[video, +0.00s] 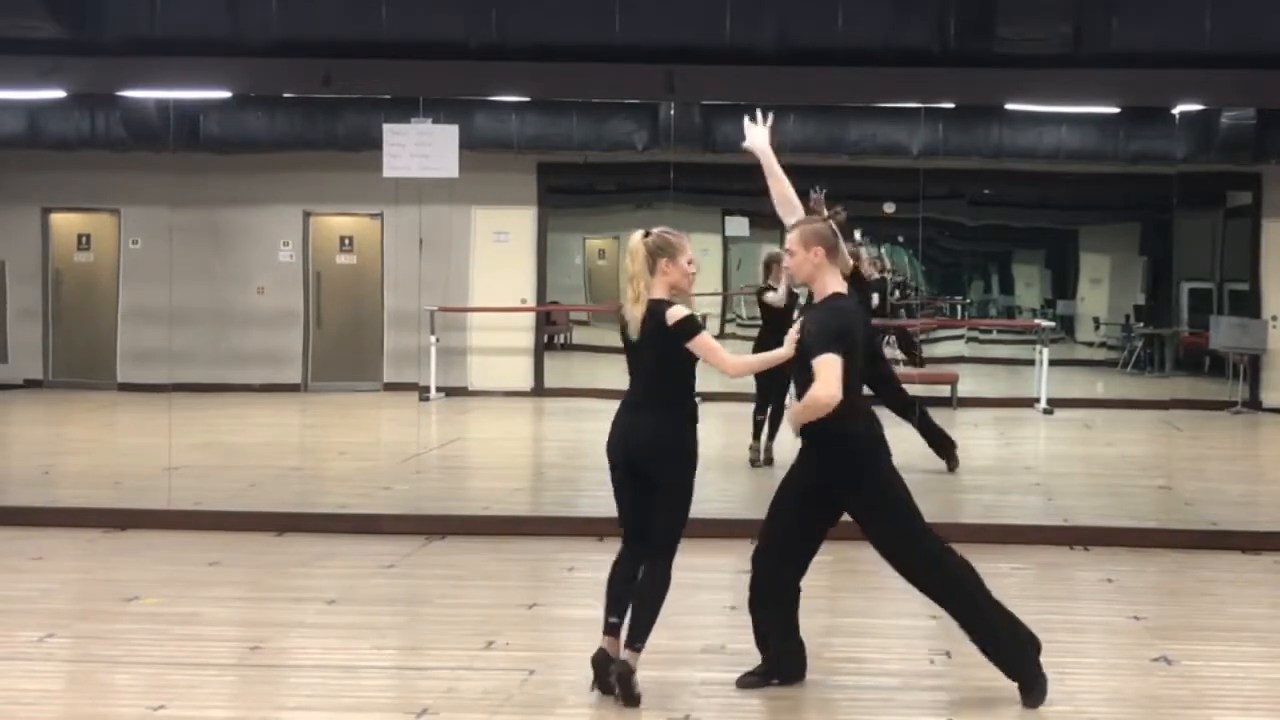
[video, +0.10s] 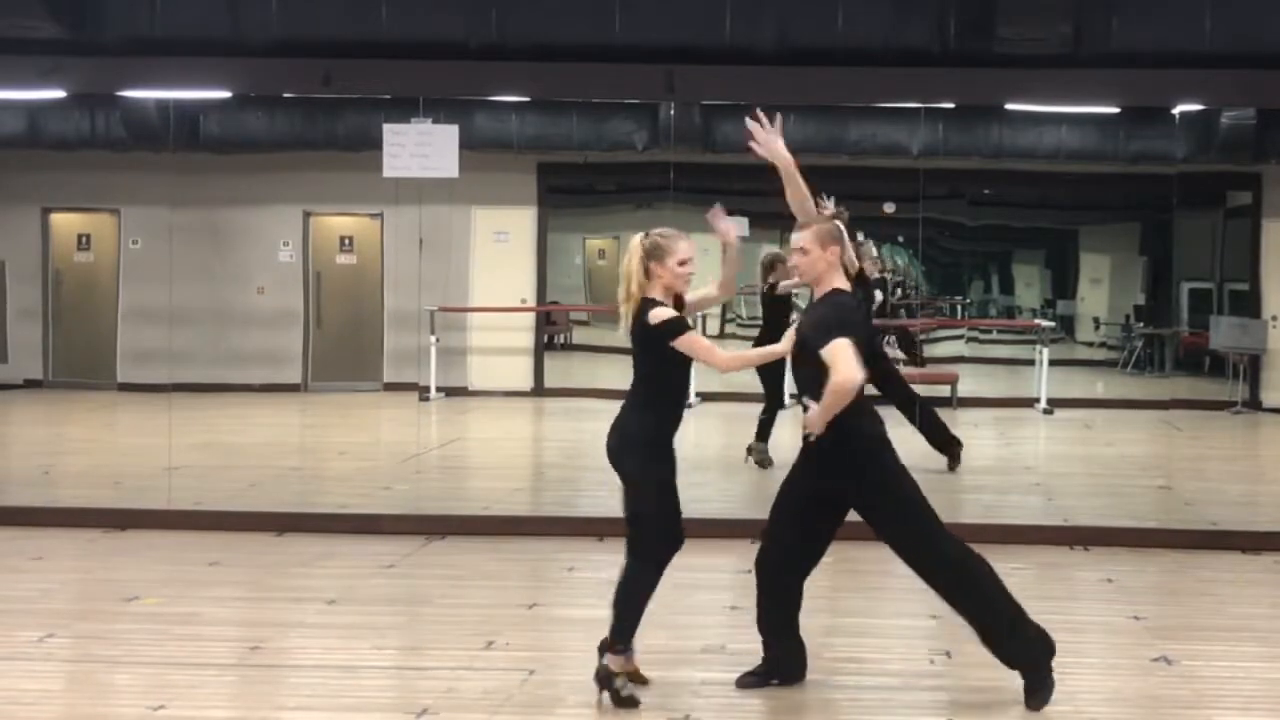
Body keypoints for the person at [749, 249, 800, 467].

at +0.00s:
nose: (783, 271)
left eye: (784, 266)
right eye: (779, 266)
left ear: (786, 269)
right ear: (769, 269)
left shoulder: (792, 295)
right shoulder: (763, 292)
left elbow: (795, 318)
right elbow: (778, 302)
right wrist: (784, 278)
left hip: (786, 346)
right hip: (766, 345)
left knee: (779, 400)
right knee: (763, 398)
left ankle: (770, 443)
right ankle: (756, 441)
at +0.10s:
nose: (788, 268)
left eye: (787, 264)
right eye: (784, 264)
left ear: (773, 269)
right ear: (774, 268)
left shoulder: (774, 288)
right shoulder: (774, 289)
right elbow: (800, 280)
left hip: (773, 343)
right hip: (769, 344)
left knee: (774, 399)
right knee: (774, 400)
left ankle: (759, 442)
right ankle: (760, 443)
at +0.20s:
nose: (788, 271)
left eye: (786, 267)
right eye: (786, 267)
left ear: (766, 269)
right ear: (783, 270)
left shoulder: (763, 288)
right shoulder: (786, 287)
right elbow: (807, 274)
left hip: (760, 344)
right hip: (777, 347)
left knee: (753, 398)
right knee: (776, 402)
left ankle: (750, 439)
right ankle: (762, 445)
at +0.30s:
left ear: (763, 274)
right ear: (783, 273)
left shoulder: (759, 294)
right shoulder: (790, 294)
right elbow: (809, 277)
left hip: (758, 347)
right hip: (778, 350)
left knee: (742, 397)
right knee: (781, 402)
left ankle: (721, 439)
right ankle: (762, 447)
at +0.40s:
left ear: (766, 276)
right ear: (787, 276)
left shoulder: (759, 296)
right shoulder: (791, 295)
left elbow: (741, 311)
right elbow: (802, 285)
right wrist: (788, 266)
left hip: (757, 349)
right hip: (779, 351)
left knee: (738, 397)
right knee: (782, 403)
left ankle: (710, 442)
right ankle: (762, 448)